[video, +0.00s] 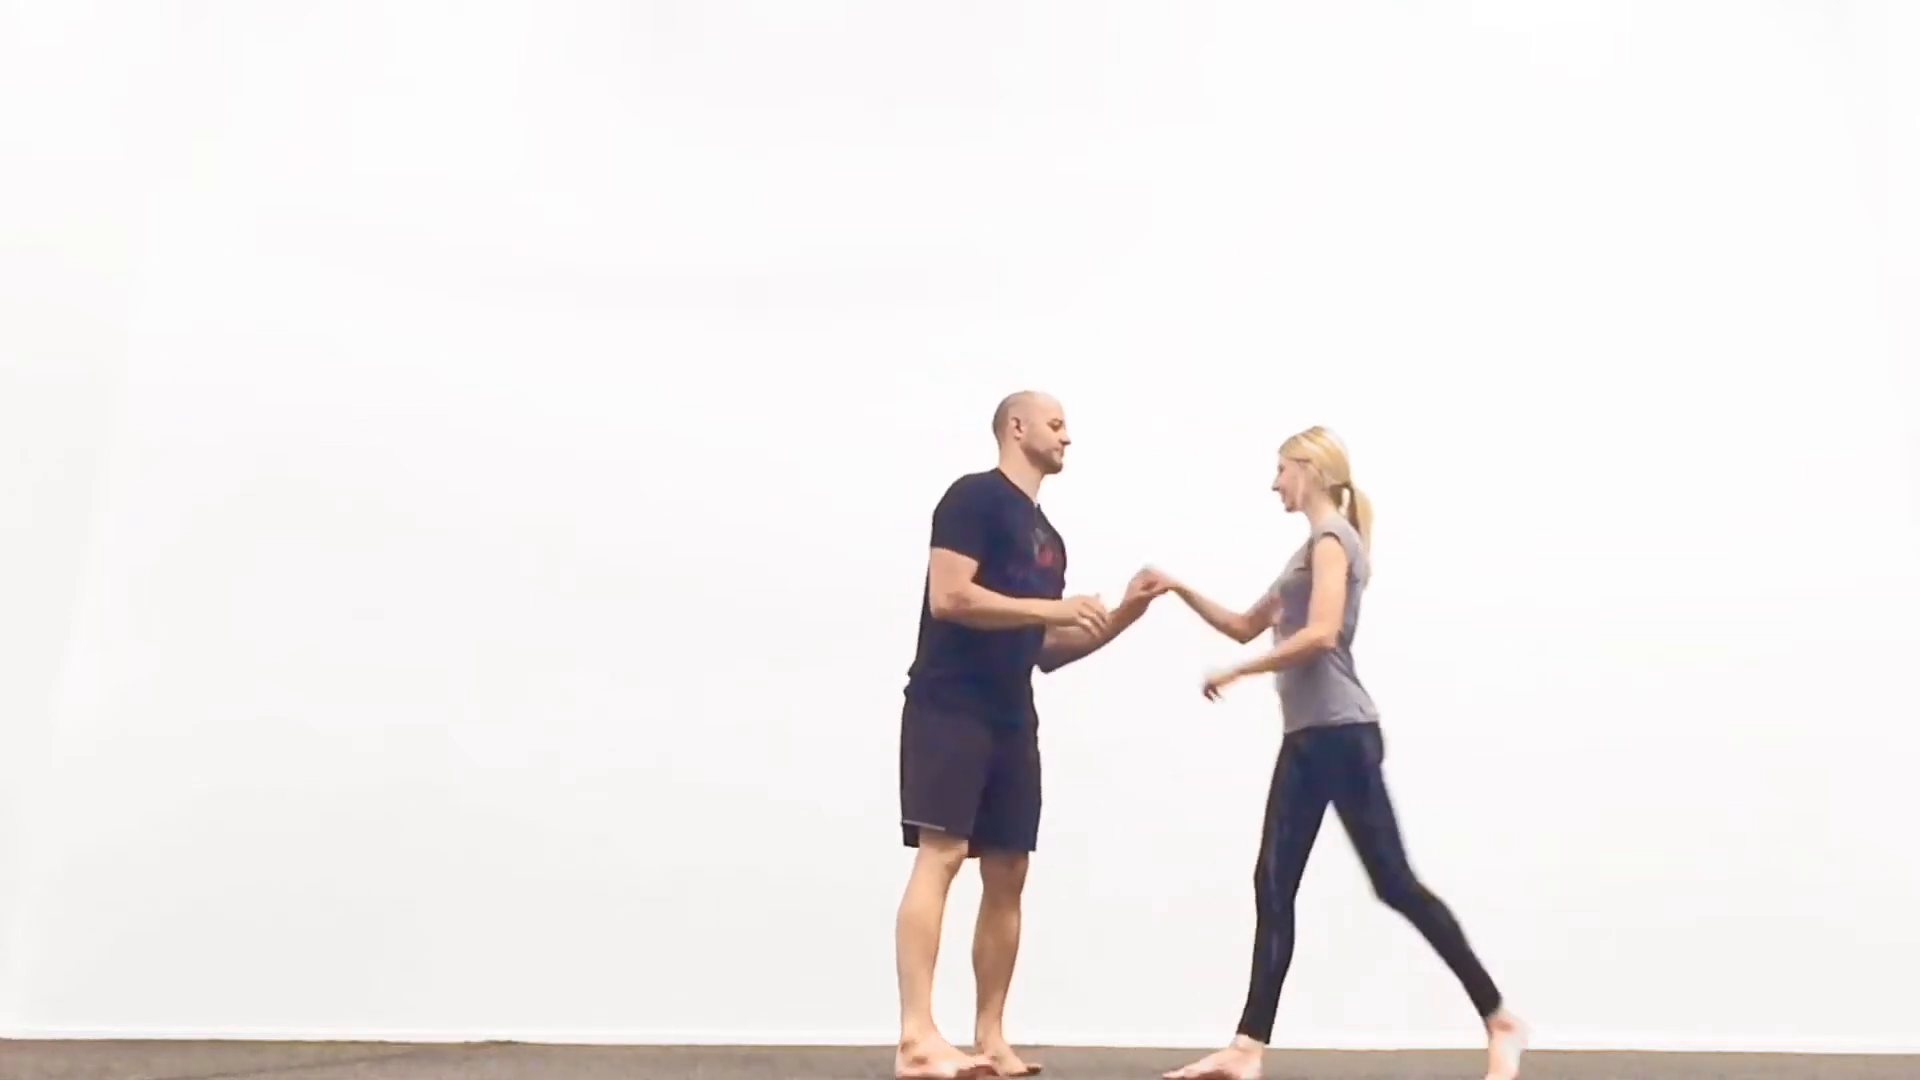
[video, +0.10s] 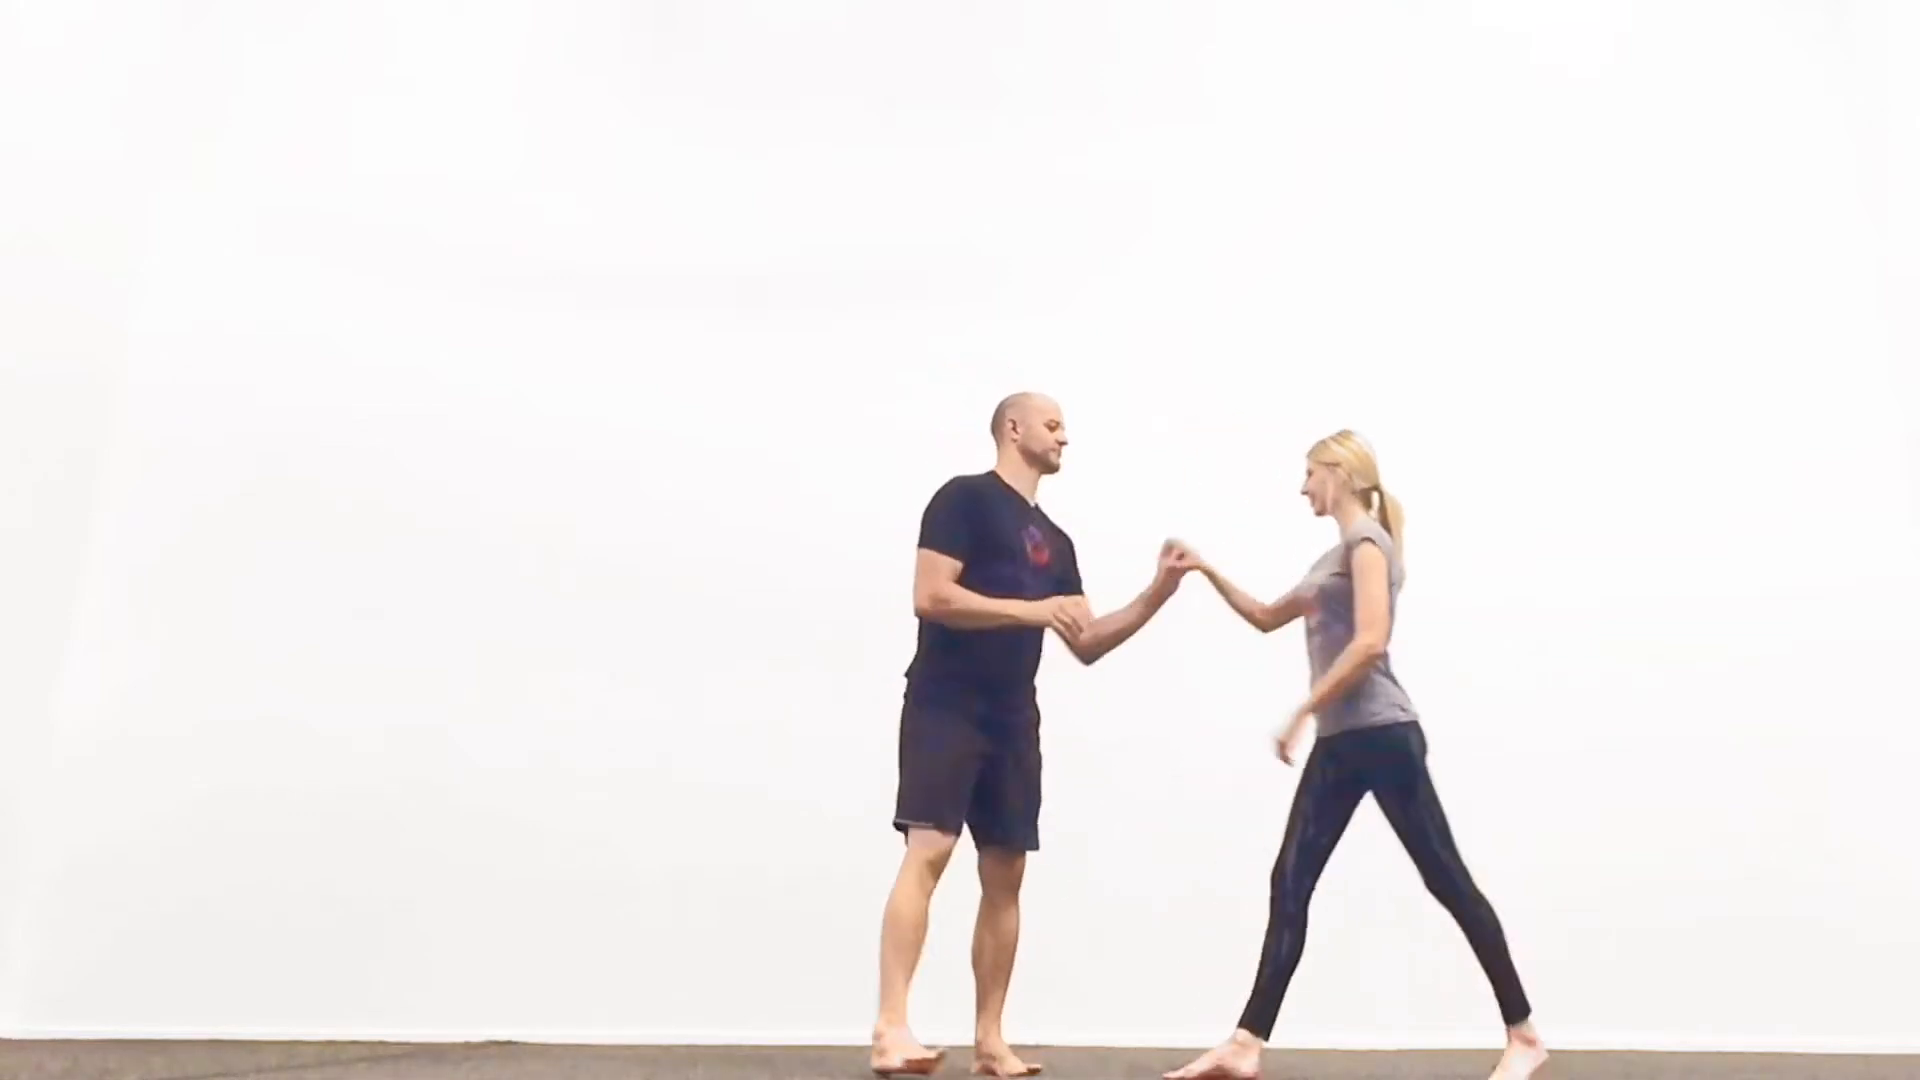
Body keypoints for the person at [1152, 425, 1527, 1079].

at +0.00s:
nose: (1275, 480)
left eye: (1281, 468)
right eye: (1277, 469)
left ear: (1309, 471)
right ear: (1312, 473)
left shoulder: (1331, 538)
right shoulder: (1311, 550)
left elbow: (1321, 632)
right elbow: (1244, 626)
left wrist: (1240, 669)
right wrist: (1176, 587)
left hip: (1341, 730)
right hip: (1306, 735)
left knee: (1395, 884)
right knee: (1273, 883)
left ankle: (1499, 1021)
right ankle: (1247, 1047)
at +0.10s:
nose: (1305, 486)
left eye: (1311, 474)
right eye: (1306, 475)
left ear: (1339, 476)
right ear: (1346, 478)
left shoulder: (1365, 543)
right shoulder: (1340, 556)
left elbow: (1371, 642)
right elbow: (1264, 617)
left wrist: (1303, 712)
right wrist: (1203, 568)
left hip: (1381, 733)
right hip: (1342, 738)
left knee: (1449, 881)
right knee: (1290, 883)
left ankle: (1524, 1035)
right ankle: (1246, 1043)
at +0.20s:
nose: (1329, 489)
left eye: (1336, 478)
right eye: (1330, 479)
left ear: (1365, 481)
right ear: (1365, 483)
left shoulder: (1396, 548)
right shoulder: (1355, 561)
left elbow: (1404, 650)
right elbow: (1280, 607)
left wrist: (1374, 742)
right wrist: (1227, 550)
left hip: (1411, 736)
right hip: (1358, 741)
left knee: (1475, 883)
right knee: (1306, 886)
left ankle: (1531, 1045)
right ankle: (1243, 1037)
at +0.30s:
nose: (1347, 494)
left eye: (1353, 481)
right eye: (1348, 483)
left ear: (1385, 482)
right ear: (1381, 486)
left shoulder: (1416, 551)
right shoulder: (1368, 565)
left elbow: (1429, 650)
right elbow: (1289, 595)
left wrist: (1433, 753)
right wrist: (1248, 533)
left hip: (1424, 741)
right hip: (1373, 749)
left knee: (1489, 891)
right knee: (1318, 887)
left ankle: (1533, 1048)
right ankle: (1241, 1028)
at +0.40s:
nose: (1359, 493)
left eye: (1367, 481)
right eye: (1360, 483)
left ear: (1401, 484)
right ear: (1396, 487)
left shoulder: (1431, 553)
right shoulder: (1377, 565)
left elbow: (1447, 652)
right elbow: (1295, 590)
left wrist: (1454, 748)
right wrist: (1253, 530)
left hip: (1429, 740)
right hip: (1377, 746)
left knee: (1486, 892)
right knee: (1318, 880)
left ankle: (1531, 1049)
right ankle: (1239, 1021)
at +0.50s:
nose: (1362, 494)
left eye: (1370, 482)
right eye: (1363, 484)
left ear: (1405, 484)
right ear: (1399, 486)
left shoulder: (1433, 553)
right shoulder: (1381, 565)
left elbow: (1441, 651)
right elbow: (1299, 598)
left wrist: (1440, 747)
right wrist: (1250, 542)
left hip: (1424, 741)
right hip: (1373, 745)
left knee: (1480, 890)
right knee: (1305, 873)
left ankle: (1529, 1049)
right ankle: (1232, 1016)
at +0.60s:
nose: (1345, 494)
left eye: (1352, 482)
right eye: (1346, 484)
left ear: (1386, 483)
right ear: (1379, 486)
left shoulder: (1415, 554)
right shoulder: (1367, 563)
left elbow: (1416, 648)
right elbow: (1288, 604)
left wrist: (1401, 742)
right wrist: (1235, 551)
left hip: (1411, 734)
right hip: (1361, 741)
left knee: (1469, 885)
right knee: (1294, 871)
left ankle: (1528, 1046)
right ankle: (1226, 1021)